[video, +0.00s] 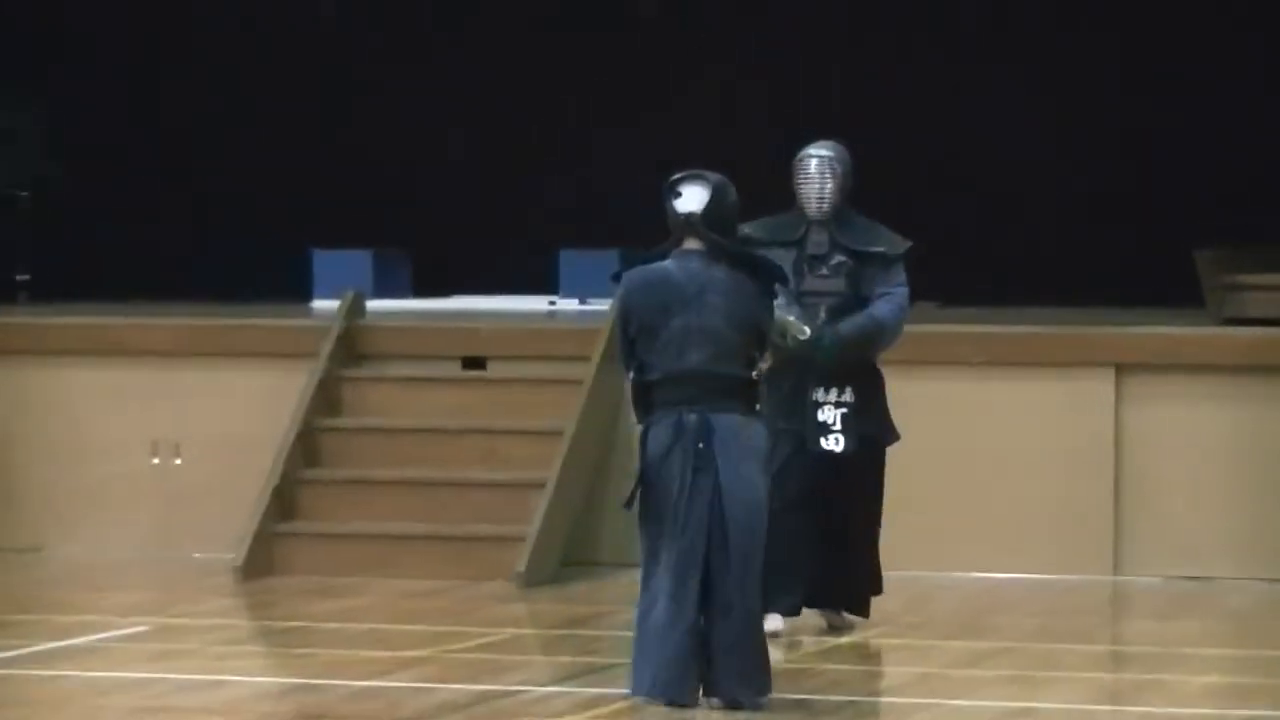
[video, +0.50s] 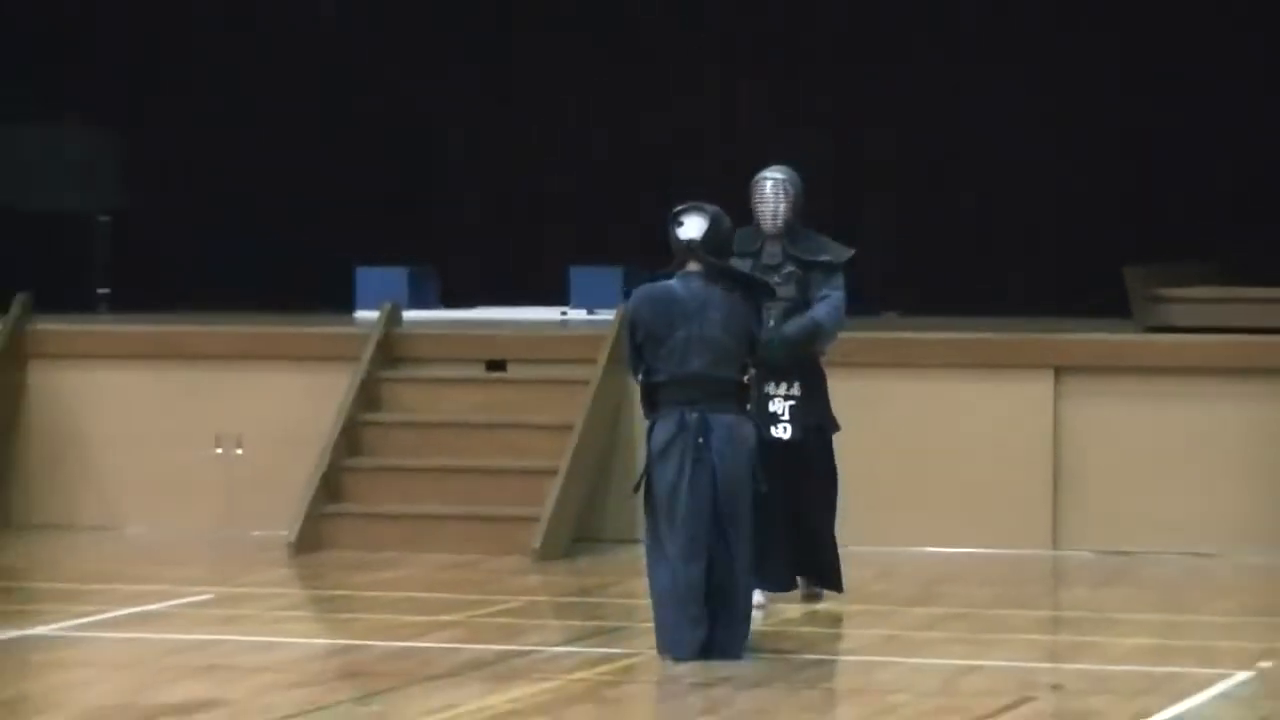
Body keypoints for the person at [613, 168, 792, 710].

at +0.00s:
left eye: (678, 216)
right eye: (723, 219)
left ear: (671, 221)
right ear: (727, 222)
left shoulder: (639, 283)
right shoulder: (751, 284)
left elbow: (628, 359)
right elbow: (759, 353)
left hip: (667, 426)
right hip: (736, 427)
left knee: (671, 547)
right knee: (739, 549)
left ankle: (667, 680)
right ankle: (735, 681)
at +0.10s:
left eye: (676, 222)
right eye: (722, 225)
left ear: (671, 227)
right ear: (725, 228)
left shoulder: (638, 287)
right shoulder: (750, 287)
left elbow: (628, 359)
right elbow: (753, 352)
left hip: (668, 425)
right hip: (735, 425)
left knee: (673, 540)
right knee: (739, 540)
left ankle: (678, 667)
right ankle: (734, 670)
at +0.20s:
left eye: (677, 228)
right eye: (721, 231)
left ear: (671, 232)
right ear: (724, 233)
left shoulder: (639, 290)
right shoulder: (747, 290)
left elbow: (629, 361)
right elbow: (755, 352)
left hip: (668, 425)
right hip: (732, 425)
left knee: (674, 538)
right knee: (738, 536)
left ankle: (688, 660)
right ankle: (734, 663)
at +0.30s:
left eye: (676, 231)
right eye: (720, 235)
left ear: (673, 235)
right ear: (723, 236)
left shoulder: (641, 291)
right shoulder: (746, 290)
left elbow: (630, 360)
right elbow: (750, 350)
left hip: (669, 423)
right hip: (731, 422)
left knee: (677, 533)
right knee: (737, 533)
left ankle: (687, 654)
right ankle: (737, 652)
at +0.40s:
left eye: (677, 236)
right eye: (718, 239)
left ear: (674, 240)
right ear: (722, 241)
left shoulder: (644, 294)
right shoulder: (745, 294)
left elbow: (631, 361)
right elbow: (752, 351)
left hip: (670, 422)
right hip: (731, 422)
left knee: (678, 533)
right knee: (736, 532)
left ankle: (685, 649)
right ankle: (738, 648)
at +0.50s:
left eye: (679, 243)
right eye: (718, 246)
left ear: (675, 247)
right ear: (722, 248)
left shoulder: (645, 300)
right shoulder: (742, 299)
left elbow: (635, 363)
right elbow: (753, 356)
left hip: (673, 422)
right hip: (731, 422)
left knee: (677, 530)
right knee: (732, 530)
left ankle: (682, 642)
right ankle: (729, 642)